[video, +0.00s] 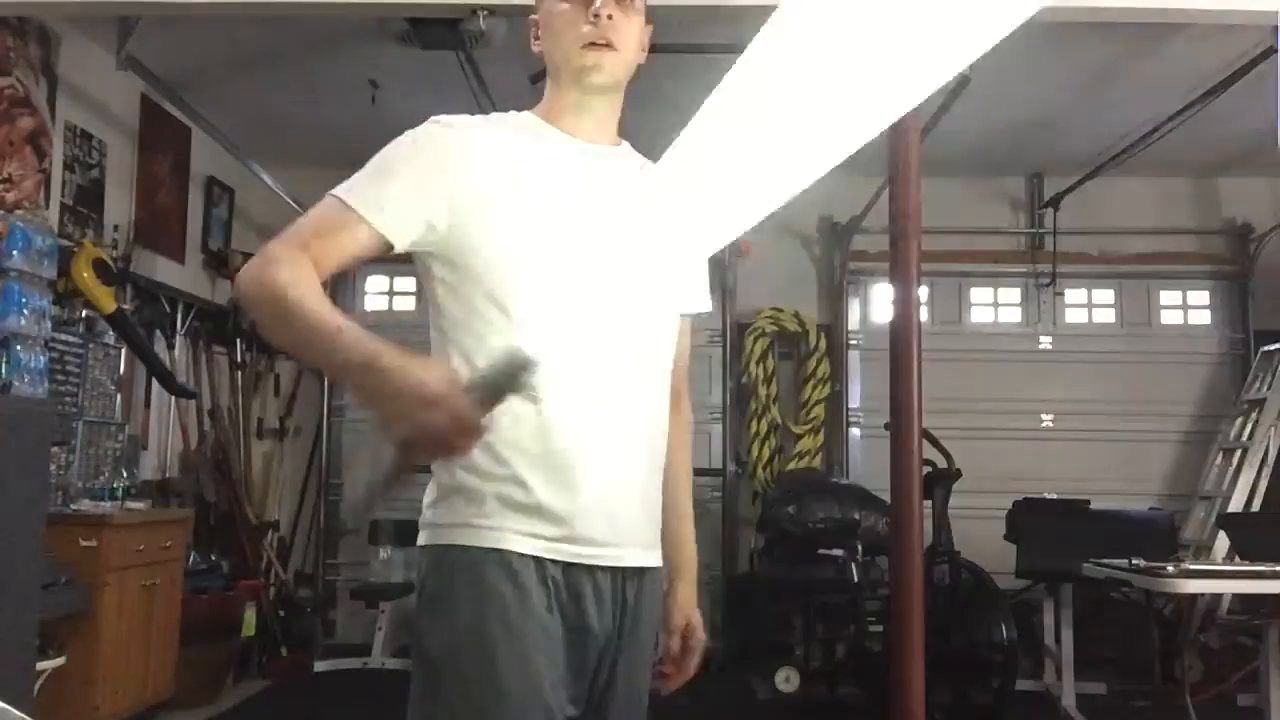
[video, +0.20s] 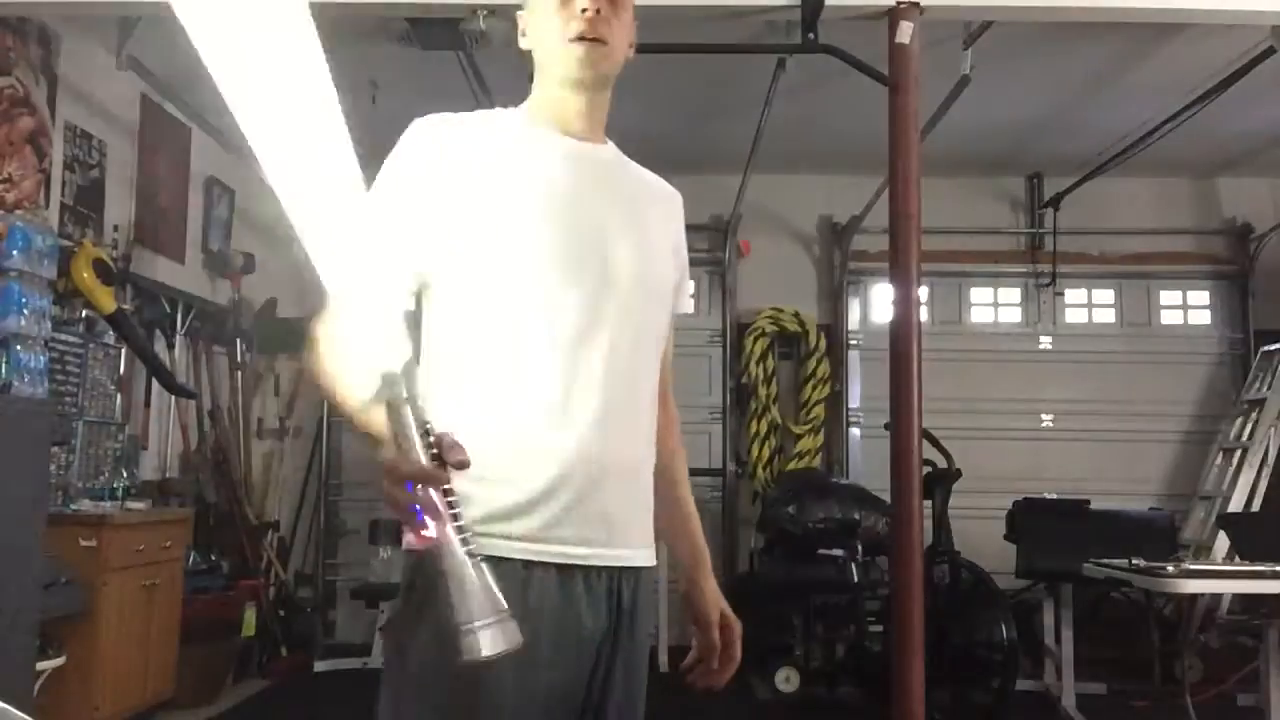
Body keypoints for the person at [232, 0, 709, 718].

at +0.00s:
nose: (600, 10)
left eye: (623, 2)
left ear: (647, 41)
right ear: (538, 30)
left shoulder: (664, 201)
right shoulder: (456, 150)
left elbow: (673, 403)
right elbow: (269, 273)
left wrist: (681, 577)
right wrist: (381, 371)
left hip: (633, 571)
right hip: (495, 561)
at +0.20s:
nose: (590, 9)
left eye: (610, 0)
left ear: (633, 35)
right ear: (524, 25)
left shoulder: (661, 204)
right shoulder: (441, 151)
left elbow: (653, 399)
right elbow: (336, 336)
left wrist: (697, 572)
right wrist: (395, 430)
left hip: (624, 585)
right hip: (480, 574)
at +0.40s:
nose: (574, 8)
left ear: (620, 36)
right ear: (511, 29)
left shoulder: (657, 201)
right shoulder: (438, 150)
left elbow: (659, 407)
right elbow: (397, 351)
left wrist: (692, 582)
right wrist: (495, 388)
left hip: (619, 573)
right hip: (472, 564)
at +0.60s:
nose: (566, 11)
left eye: (589, 1)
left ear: (616, 39)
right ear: (506, 30)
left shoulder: (663, 202)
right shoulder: (431, 157)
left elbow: (669, 406)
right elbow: (322, 329)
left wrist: (693, 607)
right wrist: (487, 363)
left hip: (617, 570)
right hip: (462, 560)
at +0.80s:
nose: (565, 9)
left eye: (590, 1)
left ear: (618, 41)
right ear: (507, 32)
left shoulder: (653, 199)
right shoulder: (430, 157)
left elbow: (668, 397)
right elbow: (270, 299)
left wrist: (707, 564)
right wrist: (408, 373)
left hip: (617, 573)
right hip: (466, 565)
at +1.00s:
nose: (573, 13)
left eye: (594, 2)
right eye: (548, 0)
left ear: (619, 41)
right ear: (510, 34)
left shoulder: (652, 206)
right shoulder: (432, 156)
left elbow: (652, 400)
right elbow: (358, 348)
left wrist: (698, 560)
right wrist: (432, 432)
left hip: (610, 574)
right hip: (461, 558)